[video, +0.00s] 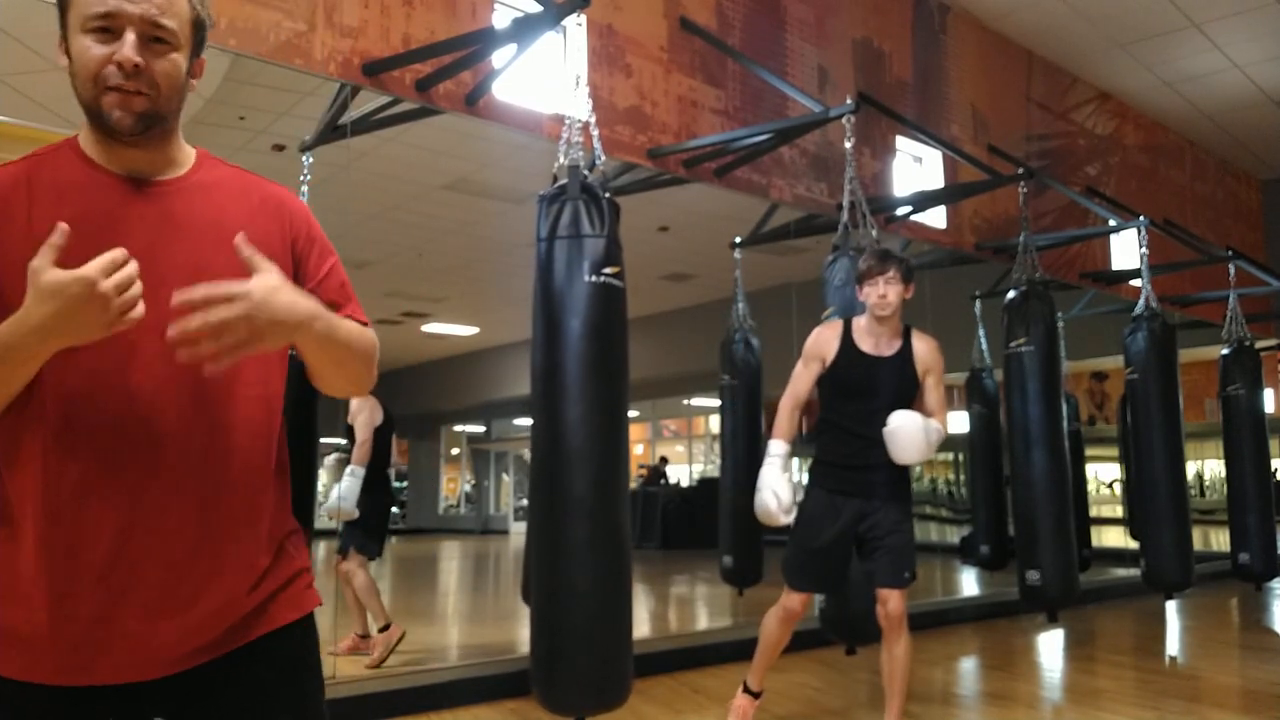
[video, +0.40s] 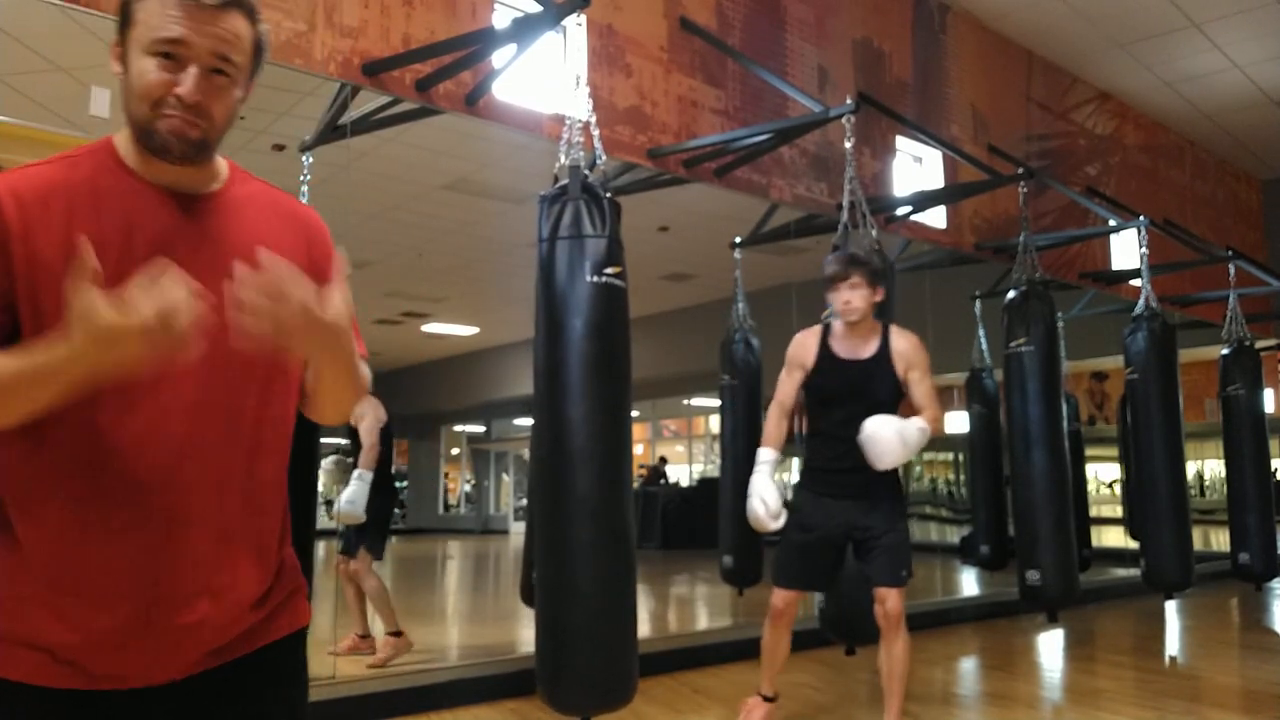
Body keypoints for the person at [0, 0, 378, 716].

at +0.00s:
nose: (128, 56)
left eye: (157, 39)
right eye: (103, 31)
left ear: (195, 70)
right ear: (64, 50)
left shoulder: (274, 213)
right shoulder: (8, 200)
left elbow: (358, 375)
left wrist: (302, 320)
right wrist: (31, 335)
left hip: (247, 634)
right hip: (44, 642)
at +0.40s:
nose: (188, 88)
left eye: (219, 70)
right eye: (166, 57)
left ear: (246, 91)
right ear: (118, 59)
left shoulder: (296, 232)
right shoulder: (21, 208)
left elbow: (334, 409)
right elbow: (3, 398)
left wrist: (326, 346)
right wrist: (78, 356)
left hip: (244, 652)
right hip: (51, 655)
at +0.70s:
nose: (259, 92)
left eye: (290, 78)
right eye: (241, 61)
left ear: (313, 103)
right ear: (195, 61)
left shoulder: (355, 243)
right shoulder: (82, 210)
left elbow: (401, 391)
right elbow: (7, 381)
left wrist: (381, 423)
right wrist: (145, 423)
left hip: (277, 658)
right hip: (91, 653)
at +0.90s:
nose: (289, 99)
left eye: (318, 84)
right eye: (270, 68)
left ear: (341, 106)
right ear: (225, 72)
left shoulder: (376, 248)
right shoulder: (117, 208)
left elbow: (416, 400)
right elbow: (47, 387)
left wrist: (374, 419)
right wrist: (202, 422)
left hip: (295, 651)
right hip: (116, 646)